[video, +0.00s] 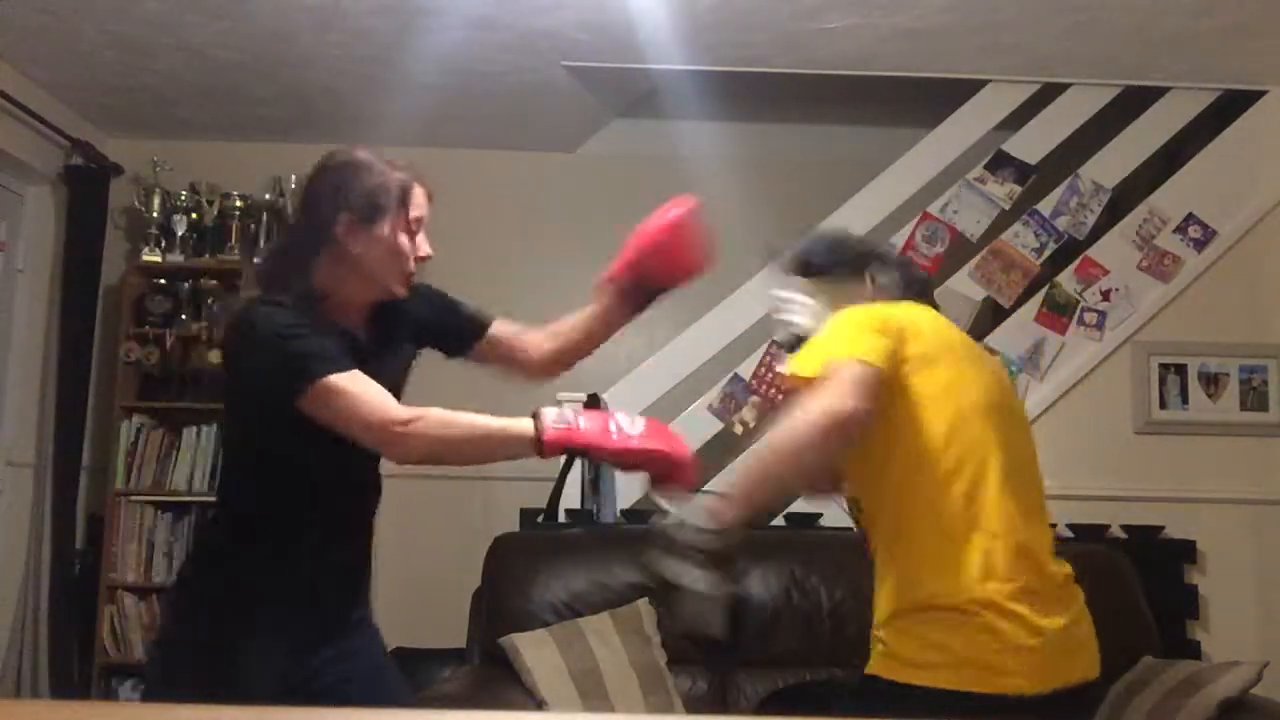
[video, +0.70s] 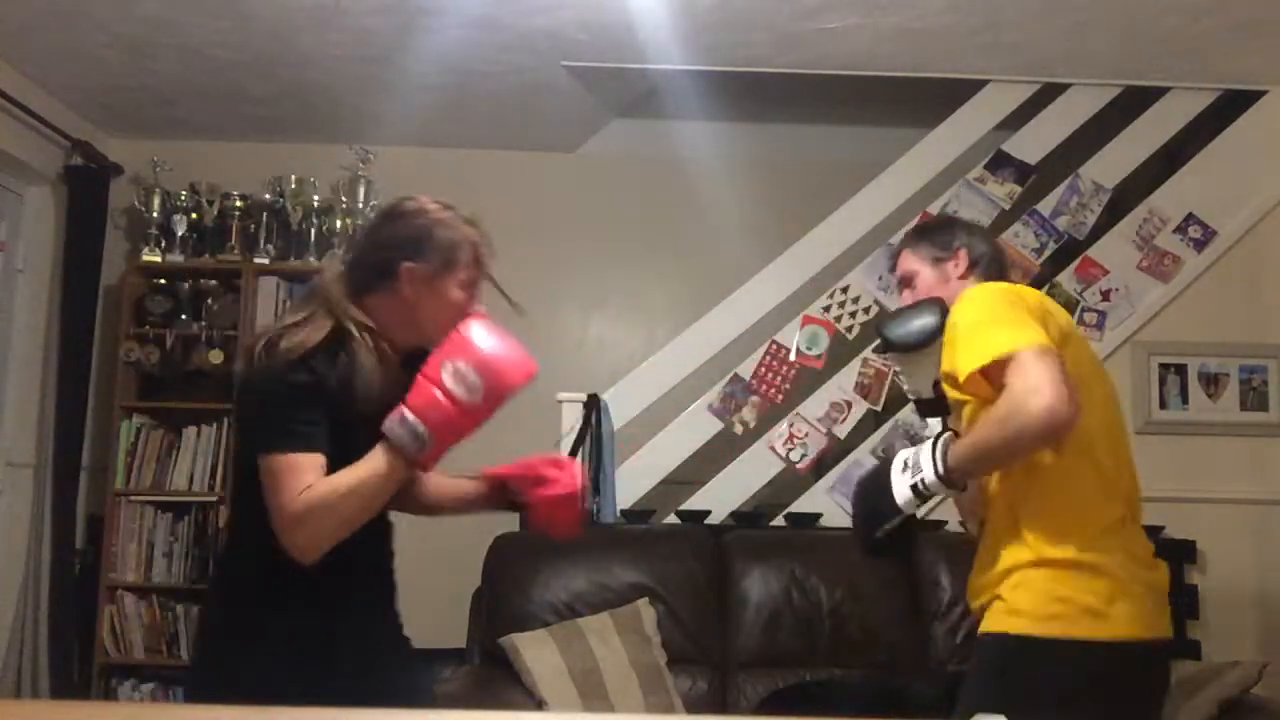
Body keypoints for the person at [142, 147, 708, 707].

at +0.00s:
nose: (422, 249)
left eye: (423, 232)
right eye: (409, 231)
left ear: (362, 235)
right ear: (348, 231)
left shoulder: (402, 309)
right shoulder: (271, 330)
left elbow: (536, 352)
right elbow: (395, 433)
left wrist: (629, 289)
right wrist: (563, 433)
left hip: (335, 623)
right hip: (232, 627)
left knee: (391, 712)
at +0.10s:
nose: (403, 246)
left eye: (400, 226)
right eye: (386, 225)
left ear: (332, 231)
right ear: (322, 228)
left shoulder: (372, 314)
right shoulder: (245, 324)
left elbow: (430, 411)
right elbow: (365, 434)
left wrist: (516, 391)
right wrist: (525, 430)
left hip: (338, 624)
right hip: (228, 632)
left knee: (387, 711)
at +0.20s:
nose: (375, 278)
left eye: (374, 259)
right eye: (361, 258)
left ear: (300, 262)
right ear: (294, 257)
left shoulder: (341, 355)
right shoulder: (199, 354)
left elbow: (339, 472)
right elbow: (303, 477)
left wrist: (465, 459)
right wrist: (457, 444)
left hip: (311, 657)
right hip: (195, 663)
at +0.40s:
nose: (416, 288)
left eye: (421, 270)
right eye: (406, 267)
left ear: (367, 262)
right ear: (340, 254)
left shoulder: (395, 342)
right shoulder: (226, 340)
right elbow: (237, 506)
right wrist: (383, 431)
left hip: (330, 656)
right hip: (199, 662)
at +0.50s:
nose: (475, 306)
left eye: (479, 289)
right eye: (466, 287)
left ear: (415, 280)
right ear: (404, 273)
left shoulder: (444, 357)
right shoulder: (277, 349)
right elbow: (231, 510)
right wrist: (387, 438)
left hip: (351, 664)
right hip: (227, 664)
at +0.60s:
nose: (498, 317)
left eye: (500, 298)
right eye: (488, 295)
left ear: (437, 292)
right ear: (428, 287)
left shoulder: (443, 372)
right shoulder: (296, 365)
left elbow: (510, 476)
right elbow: (269, 532)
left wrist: (618, 472)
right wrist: (404, 451)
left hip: (370, 643)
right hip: (263, 652)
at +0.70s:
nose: (474, 309)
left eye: (476, 290)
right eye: (466, 287)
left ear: (413, 283)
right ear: (410, 280)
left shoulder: (397, 362)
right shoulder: (293, 363)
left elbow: (396, 487)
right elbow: (303, 532)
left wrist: (500, 489)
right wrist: (413, 434)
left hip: (362, 646)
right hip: (270, 659)